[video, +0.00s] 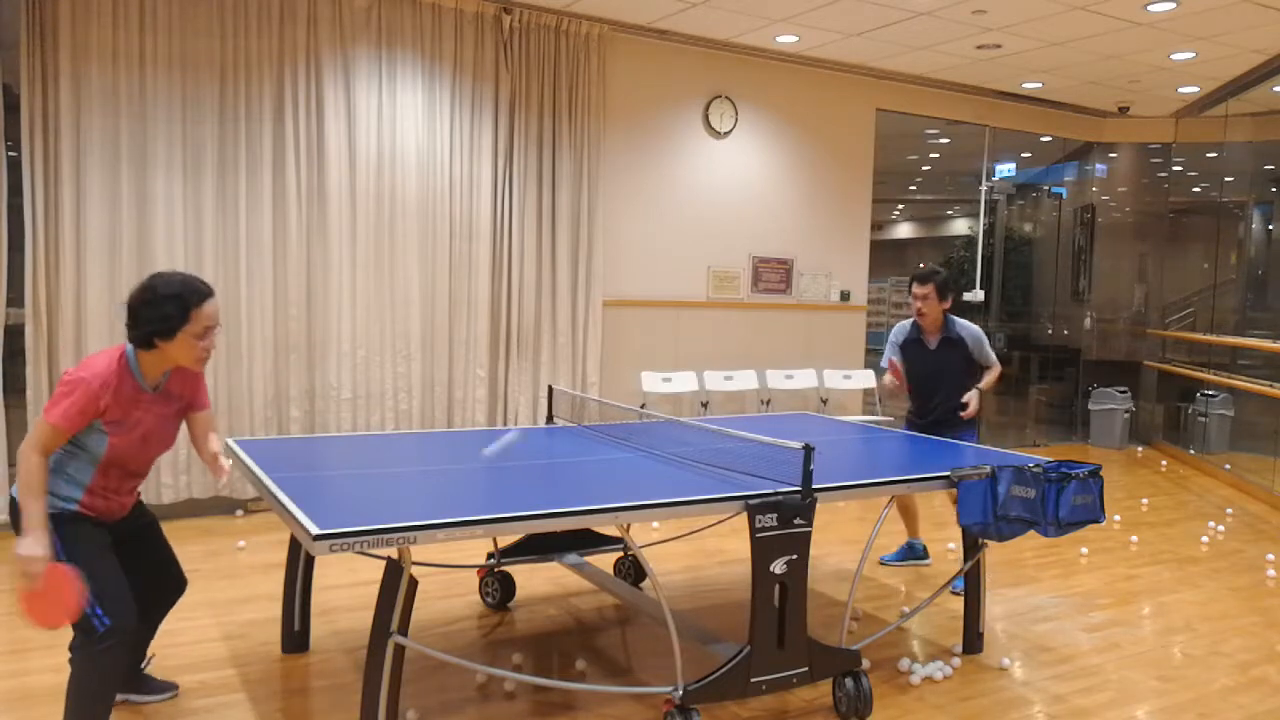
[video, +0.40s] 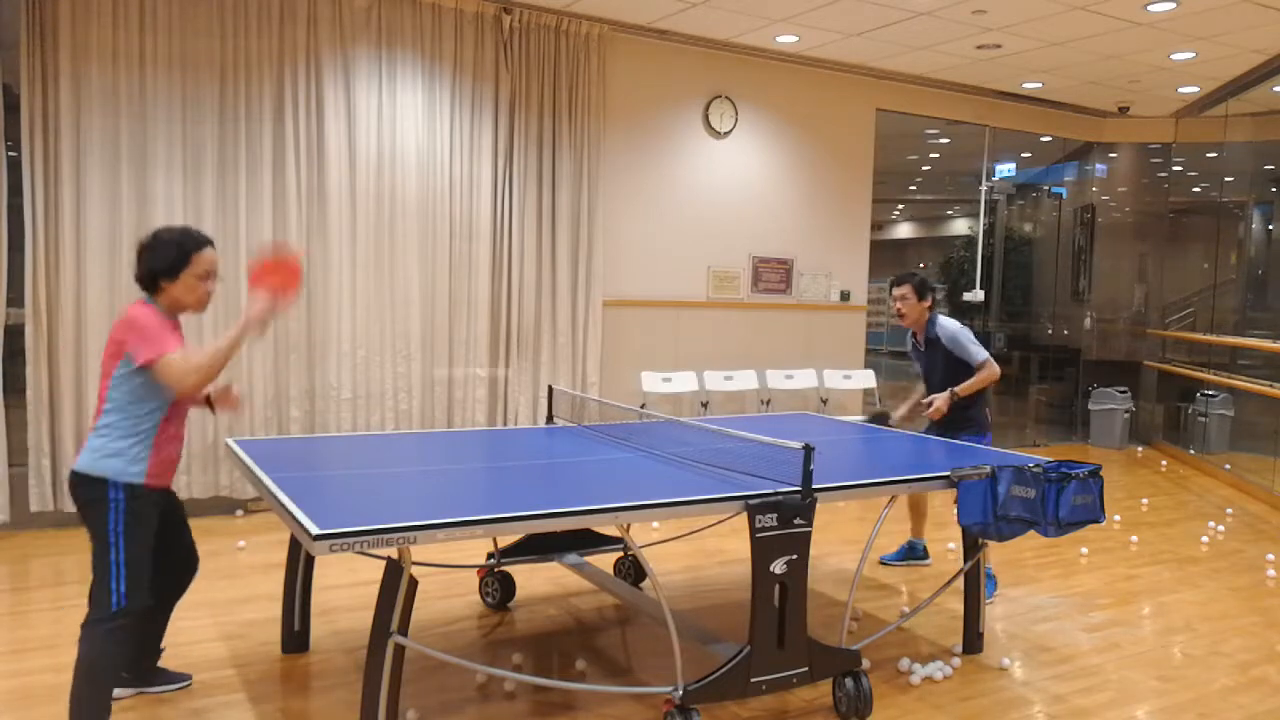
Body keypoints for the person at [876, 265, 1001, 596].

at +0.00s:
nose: (918, 305)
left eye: (925, 298)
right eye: (914, 298)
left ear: (946, 302)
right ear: (909, 300)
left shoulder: (968, 333)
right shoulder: (901, 332)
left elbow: (994, 367)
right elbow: (889, 380)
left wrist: (978, 391)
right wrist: (893, 382)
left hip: (958, 424)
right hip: (918, 422)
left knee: (956, 488)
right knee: (899, 480)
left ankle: (972, 563)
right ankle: (915, 544)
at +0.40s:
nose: (897, 307)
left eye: (904, 300)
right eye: (894, 301)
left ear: (926, 303)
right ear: (894, 305)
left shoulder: (950, 331)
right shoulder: (914, 339)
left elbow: (991, 370)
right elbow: (930, 385)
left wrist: (952, 395)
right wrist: (901, 413)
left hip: (971, 432)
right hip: (939, 430)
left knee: (968, 500)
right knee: (914, 477)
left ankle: (983, 571)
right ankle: (916, 545)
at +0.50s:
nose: (895, 313)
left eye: (901, 305)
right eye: (893, 306)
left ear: (924, 305)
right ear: (910, 308)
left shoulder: (943, 332)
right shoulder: (926, 336)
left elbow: (988, 371)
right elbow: (952, 377)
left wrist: (947, 398)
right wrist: (937, 403)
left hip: (971, 434)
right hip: (945, 431)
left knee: (970, 502)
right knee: (917, 479)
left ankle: (994, 573)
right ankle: (917, 545)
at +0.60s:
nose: (899, 321)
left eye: (904, 313)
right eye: (897, 314)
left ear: (928, 310)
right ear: (926, 313)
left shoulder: (948, 338)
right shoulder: (945, 333)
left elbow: (992, 379)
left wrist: (948, 406)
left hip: (973, 435)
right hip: (954, 432)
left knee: (952, 506)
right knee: (917, 479)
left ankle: (998, 575)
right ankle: (916, 544)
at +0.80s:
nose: (939, 305)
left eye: (942, 298)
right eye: (938, 298)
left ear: (964, 295)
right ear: (964, 296)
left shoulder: (990, 330)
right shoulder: (972, 325)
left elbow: (1018, 382)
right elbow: (970, 360)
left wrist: (965, 385)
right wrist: (927, 356)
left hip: (985, 429)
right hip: (961, 421)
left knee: (977, 504)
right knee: (928, 468)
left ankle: (1003, 578)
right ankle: (928, 529)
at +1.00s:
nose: (968, 299)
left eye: (976, 292)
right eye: (966, 292)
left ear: (1000, 295)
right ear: (965, 294)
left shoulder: (1025, 333)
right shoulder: (964, 323)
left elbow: (1051, 378)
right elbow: (949, 365)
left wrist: (1011, 388)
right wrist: (928, 351)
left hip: (1012, 435)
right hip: (972, 427)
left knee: (1012, 508)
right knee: (937, 474)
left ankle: (1034, 583)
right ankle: (938, 537)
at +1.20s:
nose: (965, 305)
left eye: (973, 298)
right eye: (962, 298)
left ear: (997, 303)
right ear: (961, 302)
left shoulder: (1024, 342)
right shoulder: (965, 337)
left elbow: (1053, 388)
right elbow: (963, 380)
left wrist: (1014, 408)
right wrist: (939, 399)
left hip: (1015, 438)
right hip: (977, 432)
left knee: (1011, 508)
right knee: (943, 480)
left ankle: (1034, 584)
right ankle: (942, 549)